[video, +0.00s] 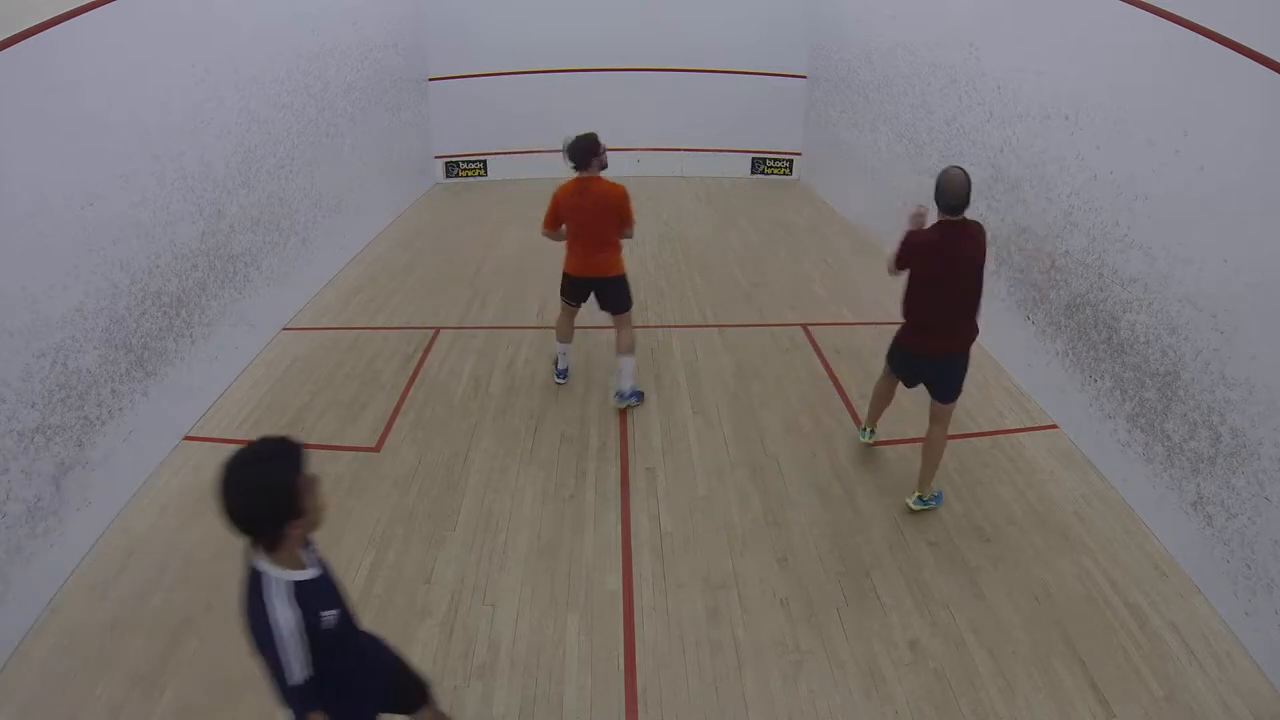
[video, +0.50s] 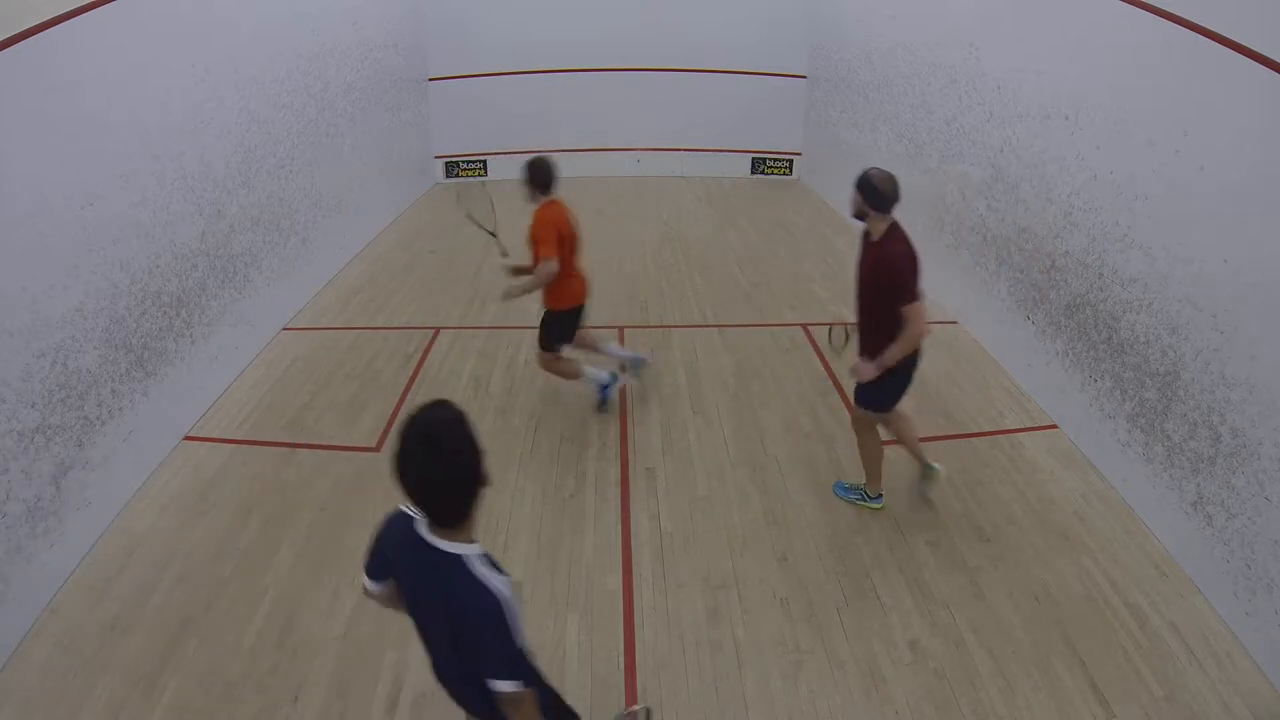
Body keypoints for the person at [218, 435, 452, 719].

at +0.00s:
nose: (316, 487)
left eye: (308, 482)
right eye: (306, 487)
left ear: (291, 522)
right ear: (293, 518)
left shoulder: (296, 550)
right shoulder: (278, 608)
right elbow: (302, 699)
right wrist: (311, 712)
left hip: (354, 651)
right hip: (331, 690)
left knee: (418, 698)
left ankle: (432, 714)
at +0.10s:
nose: (356, 474)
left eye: (350, 469)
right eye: (349, 473)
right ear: (335, 505)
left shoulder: (316, 535)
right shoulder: (323, 601)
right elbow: (353, 694)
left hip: (391, 643)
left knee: (446, 681)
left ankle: (455, 712)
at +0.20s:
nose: (385, 470)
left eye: (380, 461)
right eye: (380, 464)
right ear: (369, 485)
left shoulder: (341, 525)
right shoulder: (361, 592)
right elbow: (390, 692)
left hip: (432, 645)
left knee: (466, 677)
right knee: (459, 709)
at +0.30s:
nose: (414, 452)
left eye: (410, 443)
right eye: (411, 448)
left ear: (346, 477)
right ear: (409, 475)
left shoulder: (355, 518)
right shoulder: (401, 588)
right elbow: (425, 692)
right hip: (461, 699)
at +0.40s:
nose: (446, 447)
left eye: (439, 440)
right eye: (442, 445)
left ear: (377, 479)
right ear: (444, 473)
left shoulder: (377, 514)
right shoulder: (446, 588)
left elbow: (364, 568)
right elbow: (468, 693)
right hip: (488, 695)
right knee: (546, 712)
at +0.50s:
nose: (484, 453)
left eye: (476, 446)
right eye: (478, 448)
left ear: (409, 477)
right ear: (480, 474)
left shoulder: (400, 526)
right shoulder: (484, 590)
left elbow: (376, 588)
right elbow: (513, 696)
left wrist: (431, 606)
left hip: (457, 682)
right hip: (510, 701)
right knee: (567, 712)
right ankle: (622, 717)